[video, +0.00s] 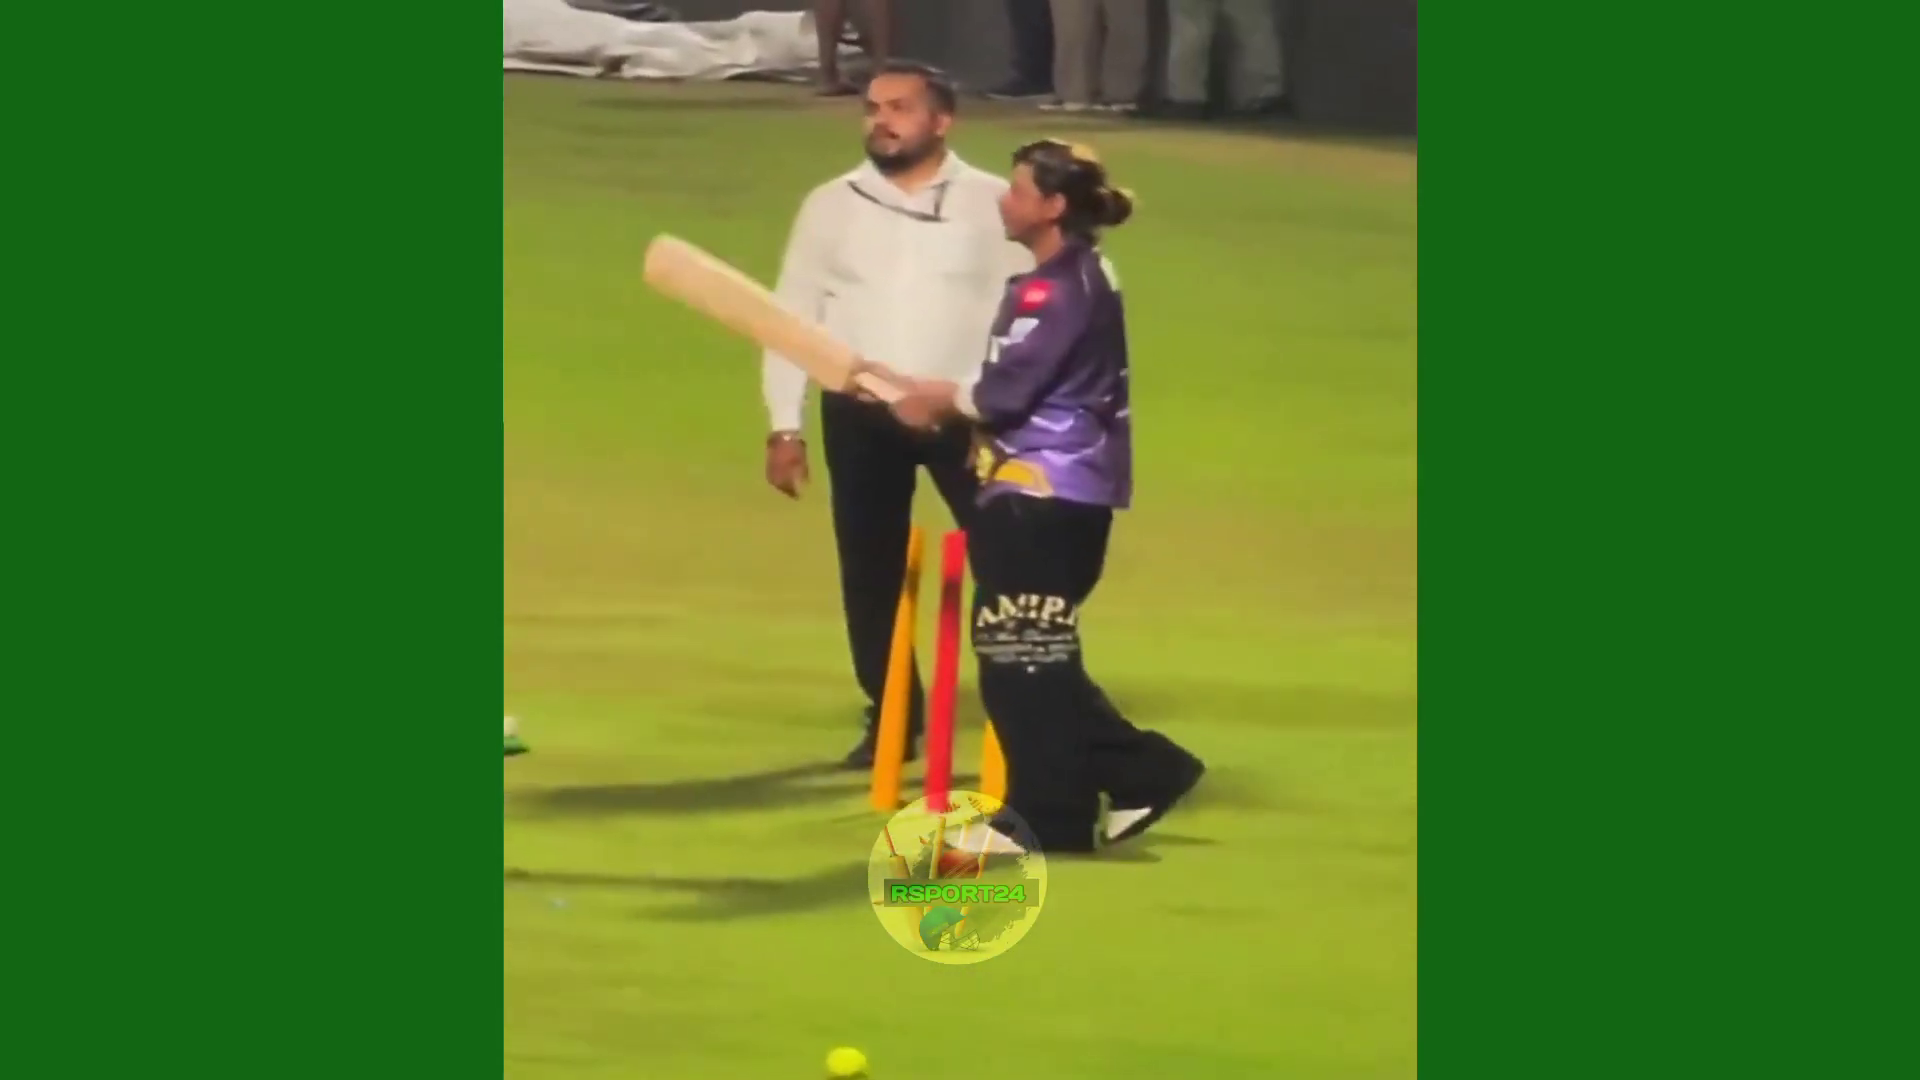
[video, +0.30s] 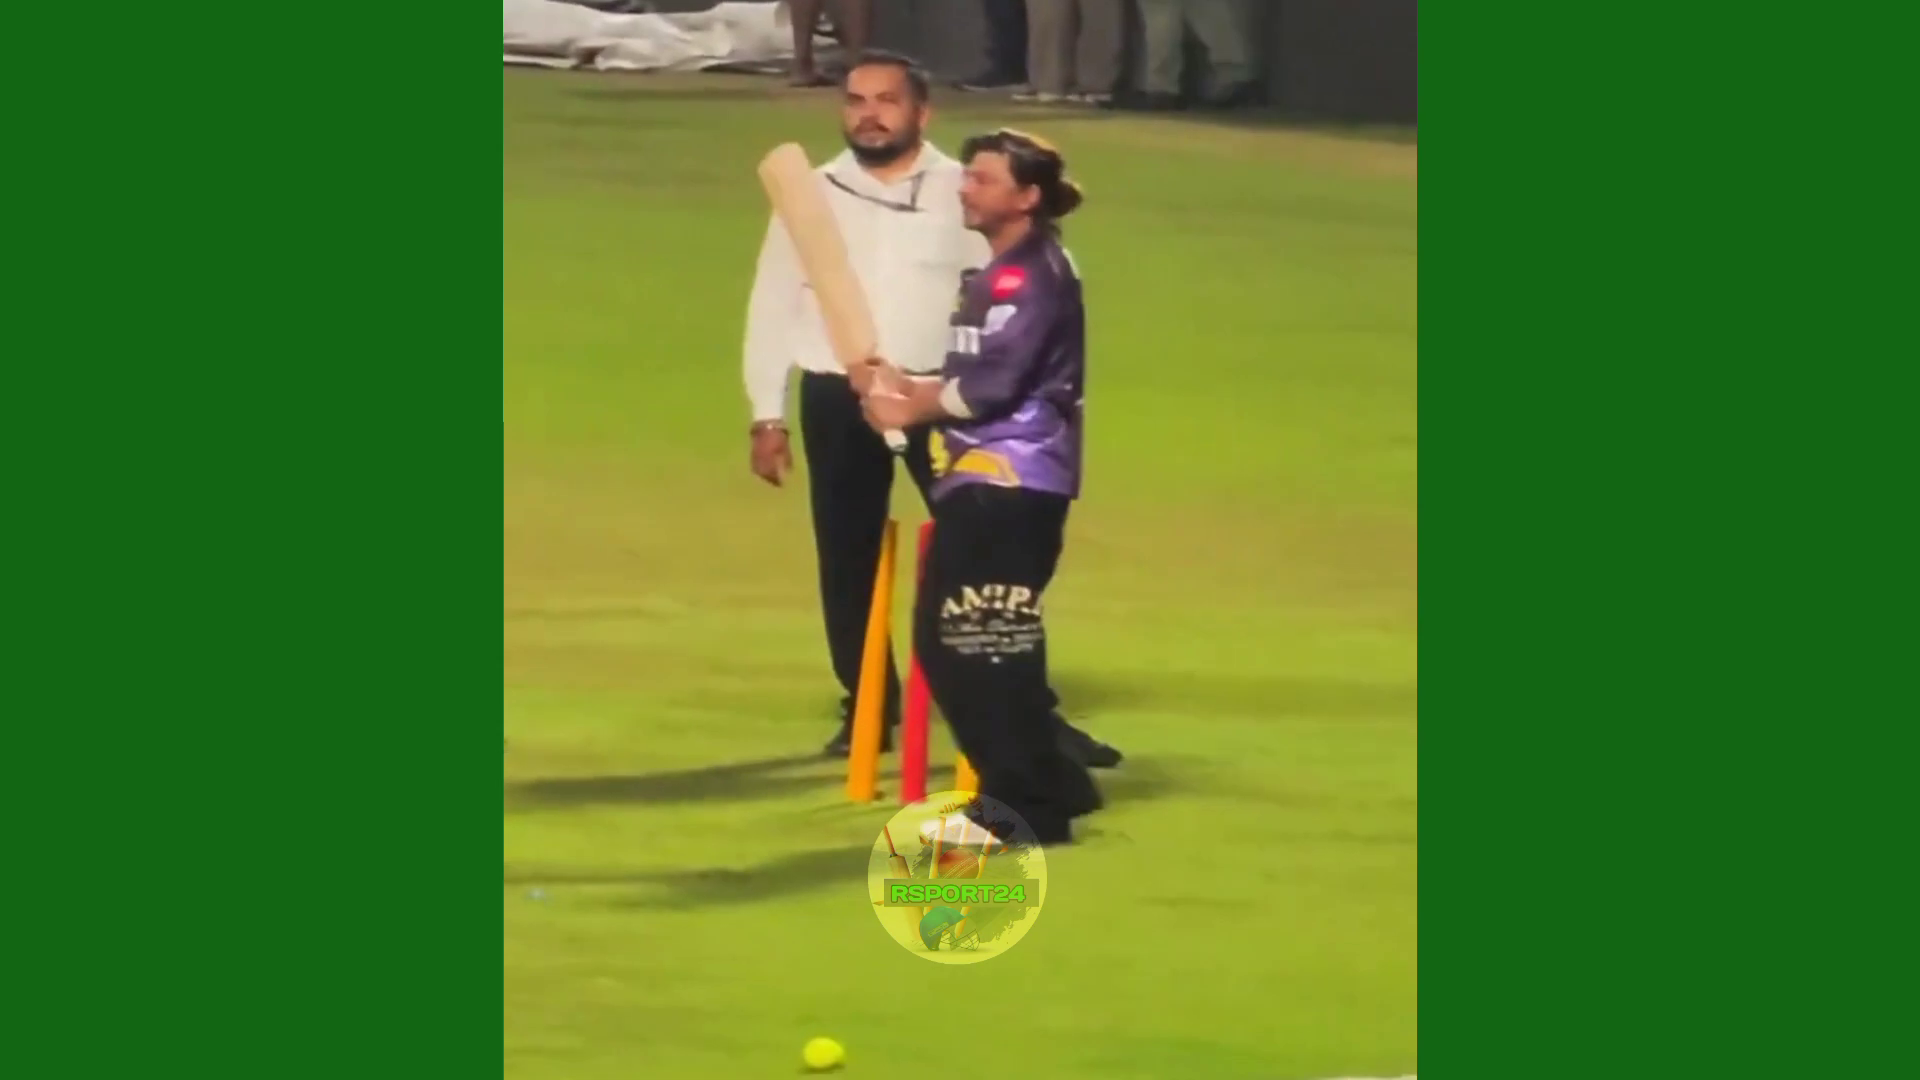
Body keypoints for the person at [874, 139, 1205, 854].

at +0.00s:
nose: (1003, 197)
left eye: (1016, 189)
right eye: (1009, 186)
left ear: (1052, 206)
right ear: (1058, 206)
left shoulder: (1056, 290)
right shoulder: (1077, 277)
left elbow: (1003, 397)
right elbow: (1016, 397)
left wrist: (941, 398)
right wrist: (942, 406)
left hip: (1044, 493)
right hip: (1059, 490)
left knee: (1021, 658)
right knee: (1029, 654)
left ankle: (1047, 819)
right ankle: (1143, 772)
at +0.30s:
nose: (965, 188)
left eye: (981, 180)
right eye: (968, 176)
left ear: (1026, 197)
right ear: (1005, 195)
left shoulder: (1036, 276)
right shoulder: (994, 270)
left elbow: (996, 387)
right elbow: (978, 380)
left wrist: (916, 403)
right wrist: (908, 386)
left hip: (1015, 484)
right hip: (983, 478)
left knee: (967, 642)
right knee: (968, 640)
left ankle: (1020, 804)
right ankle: (1046, 786)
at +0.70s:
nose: (910, 167)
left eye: (926, 157)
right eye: (910, 155)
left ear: (973, 172)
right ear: (913, 169)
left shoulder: (989, 255)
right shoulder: (923, 251)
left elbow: (976, 363)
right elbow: (912, 351)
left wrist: (873, 378)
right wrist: (860, 351)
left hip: (950, 463)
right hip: (906, 456)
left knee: (940, 629)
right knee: (892, 622)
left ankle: (976, 792)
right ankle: (934, 782)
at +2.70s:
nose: (922, 153)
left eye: (938, 141)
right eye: (918, 141)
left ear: (984, 148)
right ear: (917, 150)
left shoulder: (1015, 224)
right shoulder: (942, 231)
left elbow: (996, 347)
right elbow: (952, 348)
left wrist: (930, 418)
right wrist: (908, 416)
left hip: (1023, 438)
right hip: (975, 435)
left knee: (990, 602)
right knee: (959, 597)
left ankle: (989, 764)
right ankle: (974, 754)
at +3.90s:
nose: (863, 242)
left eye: (877, 227)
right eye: (854, 230)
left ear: (918, 229)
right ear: (846, 239)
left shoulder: (969, 309)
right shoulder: (881, 324)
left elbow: (969, 434)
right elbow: (916, 435)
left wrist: (922, 516)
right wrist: (897, 529)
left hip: (1013, 508)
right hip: (955, 509)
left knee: (977, 669)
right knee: (930, 667)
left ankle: (953, 830)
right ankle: (928, 822)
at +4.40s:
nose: (845, 278)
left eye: (859, 263)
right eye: (834, 267)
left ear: (897, 266)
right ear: (826, 277)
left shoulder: (949, 337)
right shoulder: (859, 358)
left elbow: (969, 442)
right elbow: (899, 459)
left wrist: (908, 509)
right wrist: (871, 540)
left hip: (1000, 536)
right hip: (934, 537)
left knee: (957, 698)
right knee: (908, 693)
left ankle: (928, 859)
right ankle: (899, 852)